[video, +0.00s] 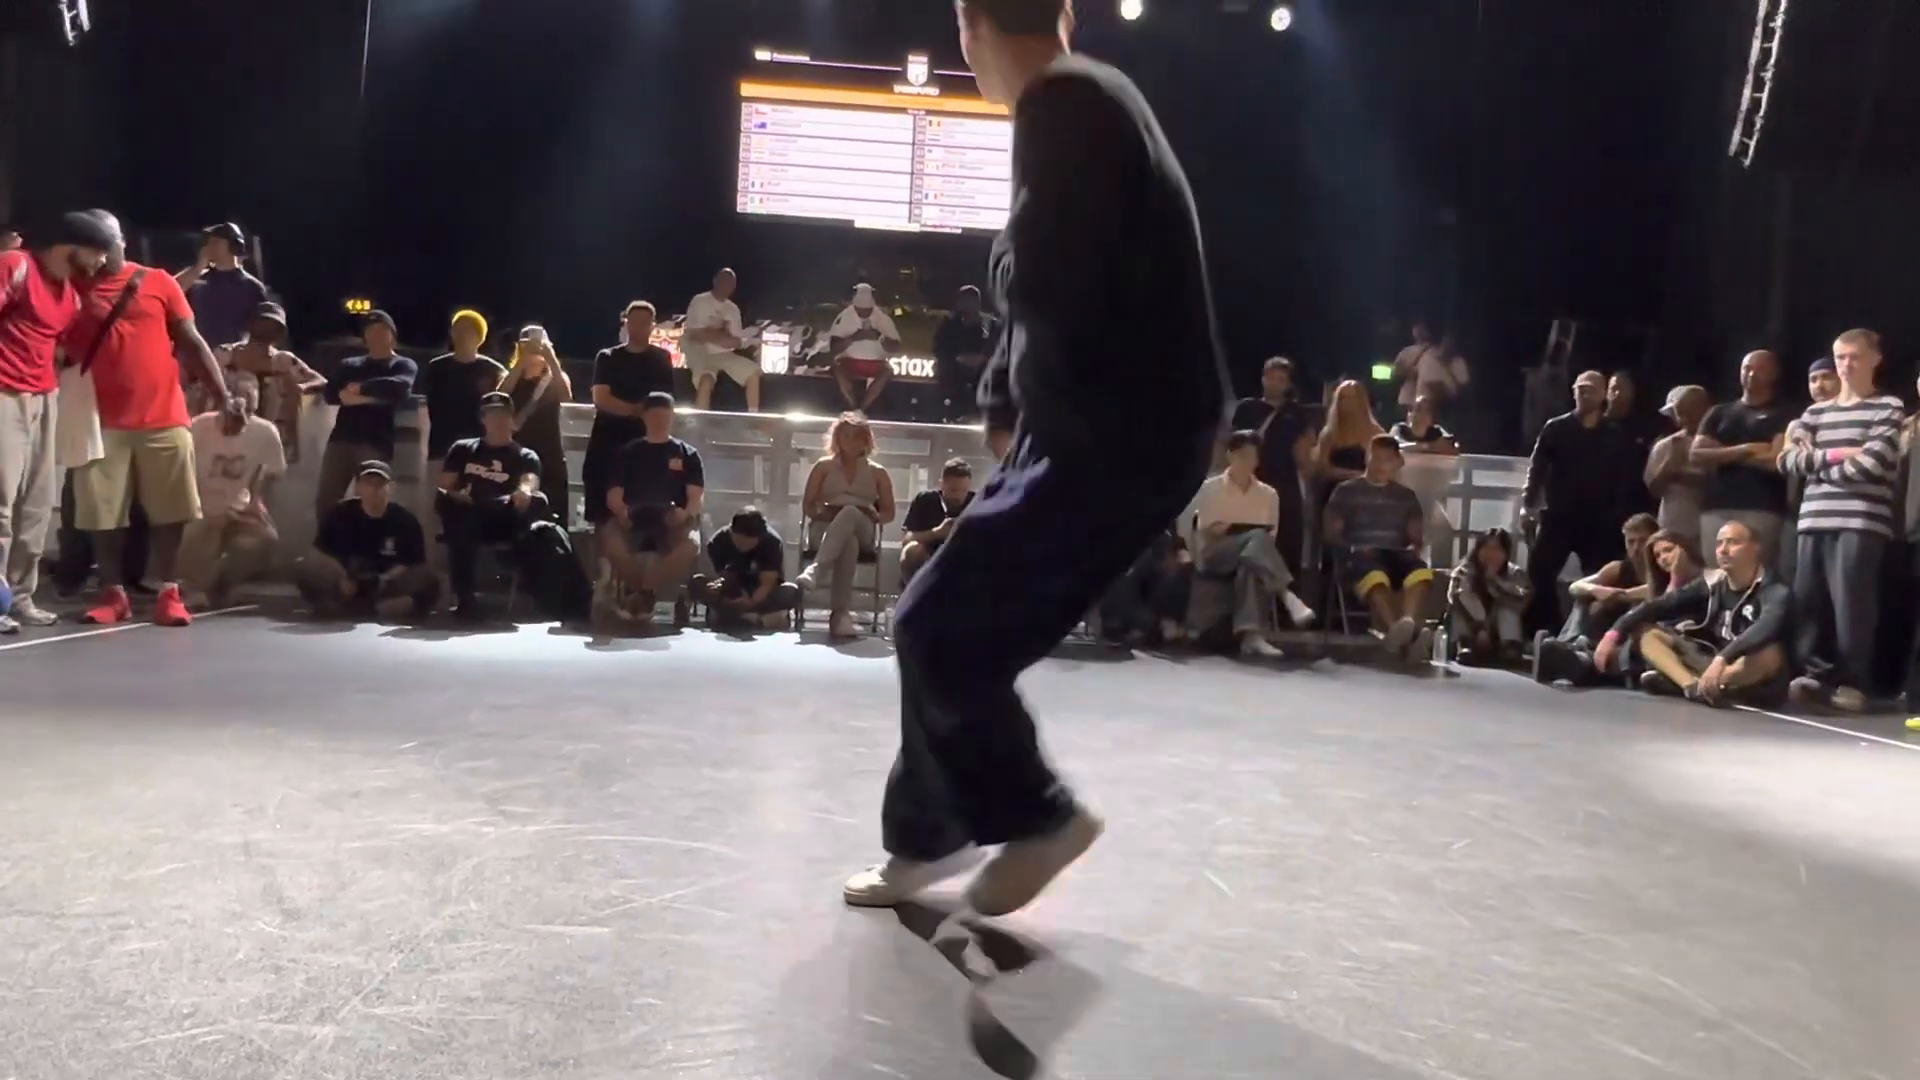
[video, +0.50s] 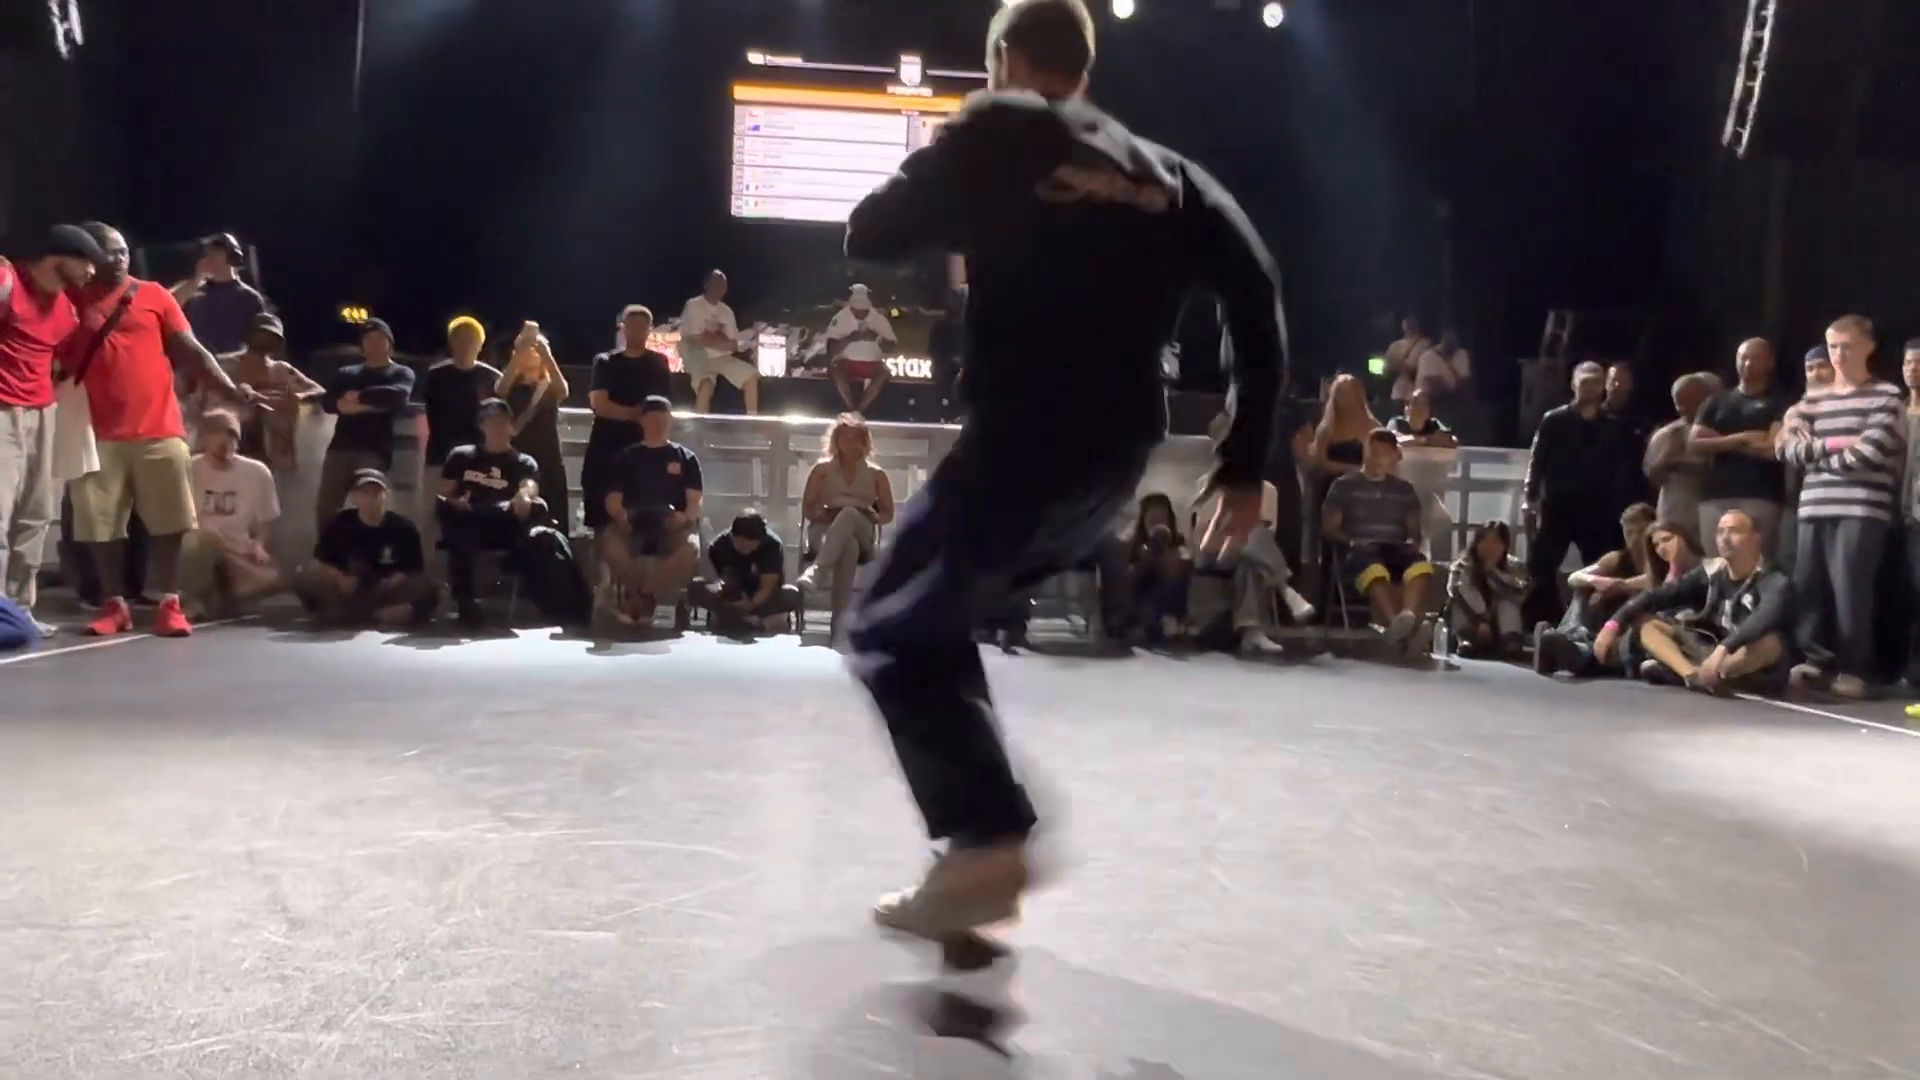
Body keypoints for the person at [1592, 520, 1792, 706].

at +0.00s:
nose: (1723, 549)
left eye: (1733, 543)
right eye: (1720, 543)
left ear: (1755, 549)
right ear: (1715, 549)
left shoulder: (1775, 592)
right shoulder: (1713, 584)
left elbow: (1767, 628)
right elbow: (1663, 605)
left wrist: (1723, 658)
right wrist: (1615, 633)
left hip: (1755, 677)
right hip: (1714, 663)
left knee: (1769, 655)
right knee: (1648, 636)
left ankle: (1692, 688)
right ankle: (1690, 685)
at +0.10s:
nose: (1723, 547)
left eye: (1732, 541)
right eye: (1719, 542)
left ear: (1754, 546)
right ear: (1714, 547)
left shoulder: (1775, 589)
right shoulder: (1712, 581)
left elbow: (1768, 625)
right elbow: (1663, 601)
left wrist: (1723, 655)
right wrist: (1615, 629)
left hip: (1755, 675)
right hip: (1713, 661)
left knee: (1770, 652)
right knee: (1648, 631)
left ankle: (1696, 684)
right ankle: (1689, 682)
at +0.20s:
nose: (1721, 538)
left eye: (1730, 531)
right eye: (1717, 532)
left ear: (1752, 536)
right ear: (1712, 537)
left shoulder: (1771, 578)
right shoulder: (1709, 570)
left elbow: (1766, 613)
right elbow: (1660, 591)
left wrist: (1721, 644)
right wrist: (1611, 619)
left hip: (1749, 658)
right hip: (1708, 647)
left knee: (1765, 642)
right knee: (1645, 622)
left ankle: (1694, 674)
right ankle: (1687, 672)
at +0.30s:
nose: (1722, 532)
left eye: (1731, 526)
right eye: (1718, 526)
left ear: (1753, 532)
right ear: (1713, 532)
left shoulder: (1772, 575)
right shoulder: (1709, 566)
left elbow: (1764, 611)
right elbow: (1659, 588)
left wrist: (1720, 641)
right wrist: (1611, 617)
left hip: (1752, 661)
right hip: (1710, 646)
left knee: (1765, 637)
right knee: (1645, 621)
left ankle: (1689, 671)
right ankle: (1687, 669)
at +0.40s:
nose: (1724, 534)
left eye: (1733, 528)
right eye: (1720, 528)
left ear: (1754, 534)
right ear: (1715, 534)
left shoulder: (1772, 577)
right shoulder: (1710, 568)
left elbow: (1767, 612)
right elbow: (1658, 593)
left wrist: (1722, 644)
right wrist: (1612, 621)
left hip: (1752, 662)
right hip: (1710, 649)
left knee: (1767, 640)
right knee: (1647, 624)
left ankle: (1691, 673)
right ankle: (1689, 672)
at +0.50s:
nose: (1726, 538)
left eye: (1735, 532)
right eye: (1722, 532)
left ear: (1755, 538)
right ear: (1716, 538)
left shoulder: (1774, 582)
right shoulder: (1711, 572)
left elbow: (1767, 618)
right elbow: (1661, 596)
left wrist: (1724, 648)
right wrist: (1614, 624)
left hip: (1751, 659)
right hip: (1709, 649)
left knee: (1770, 643)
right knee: (1649, 628)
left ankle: (1692, 677)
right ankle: (1690, 675)